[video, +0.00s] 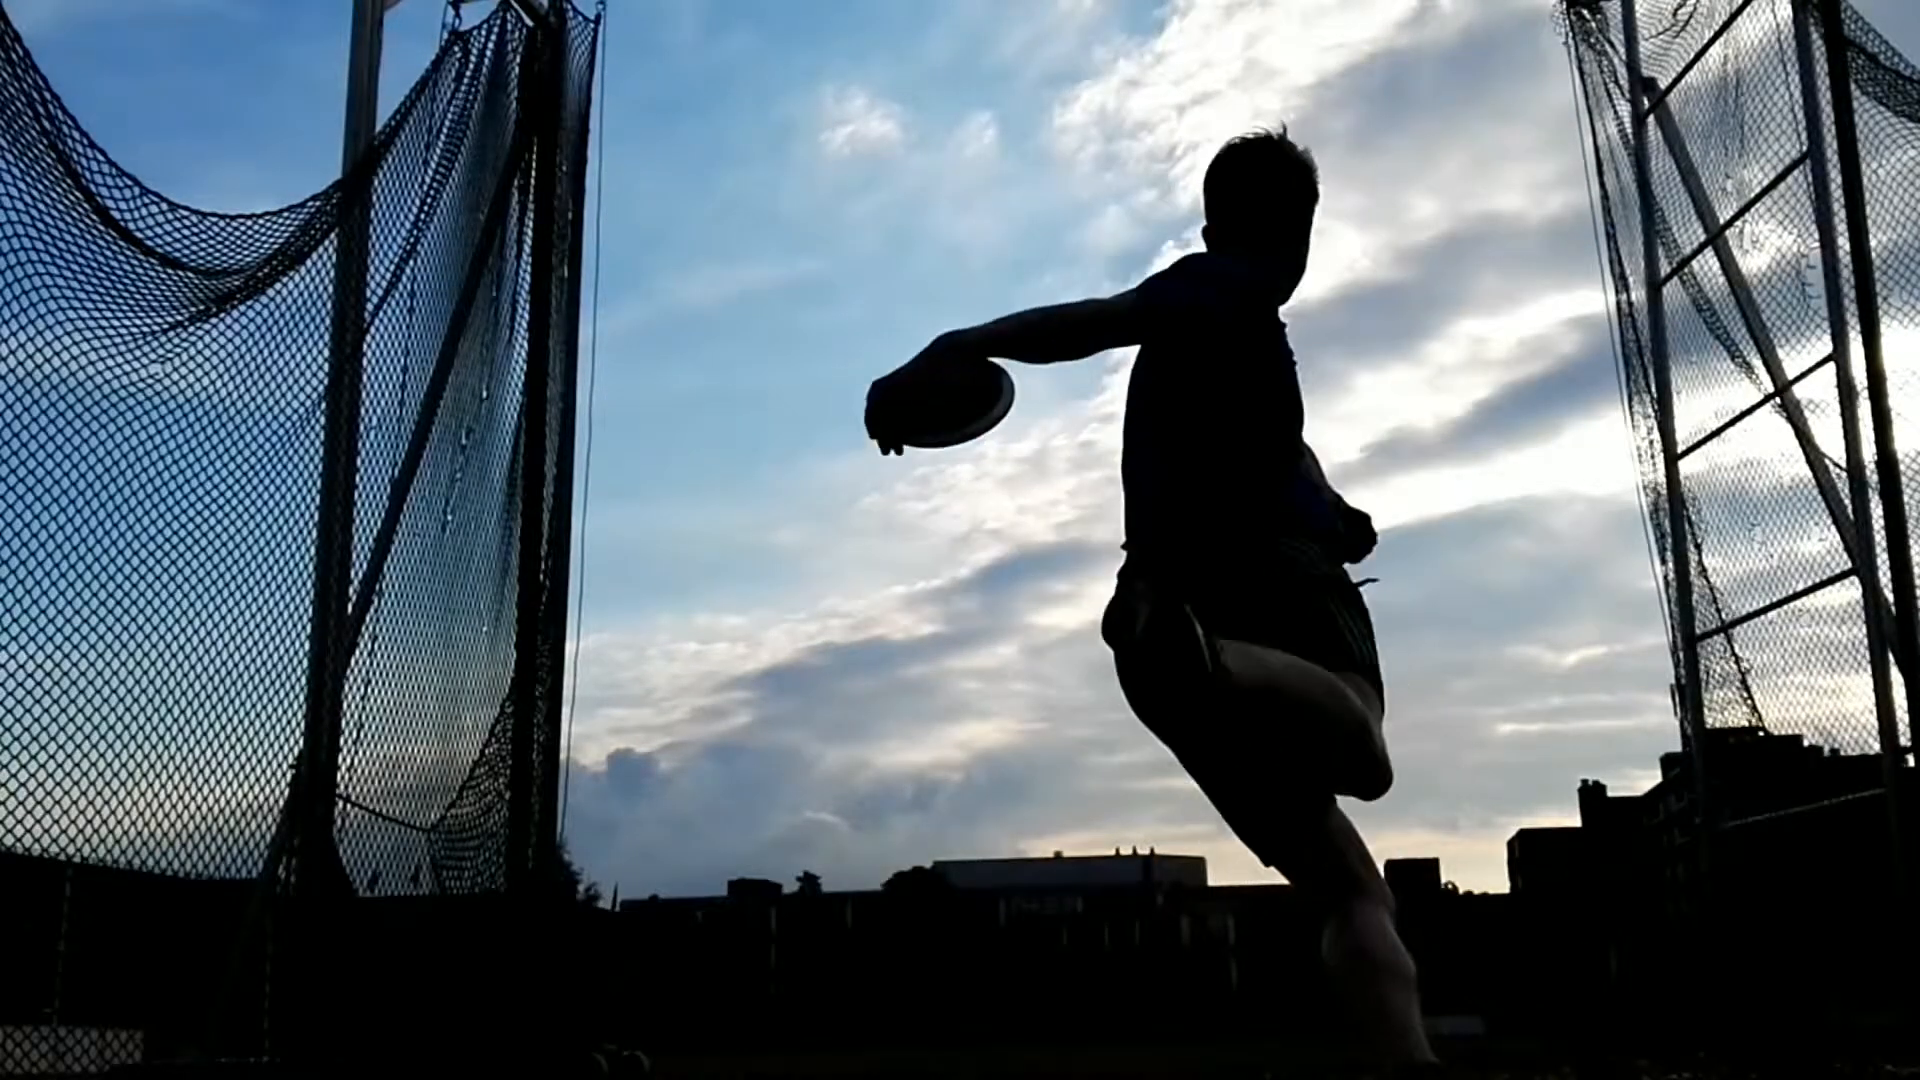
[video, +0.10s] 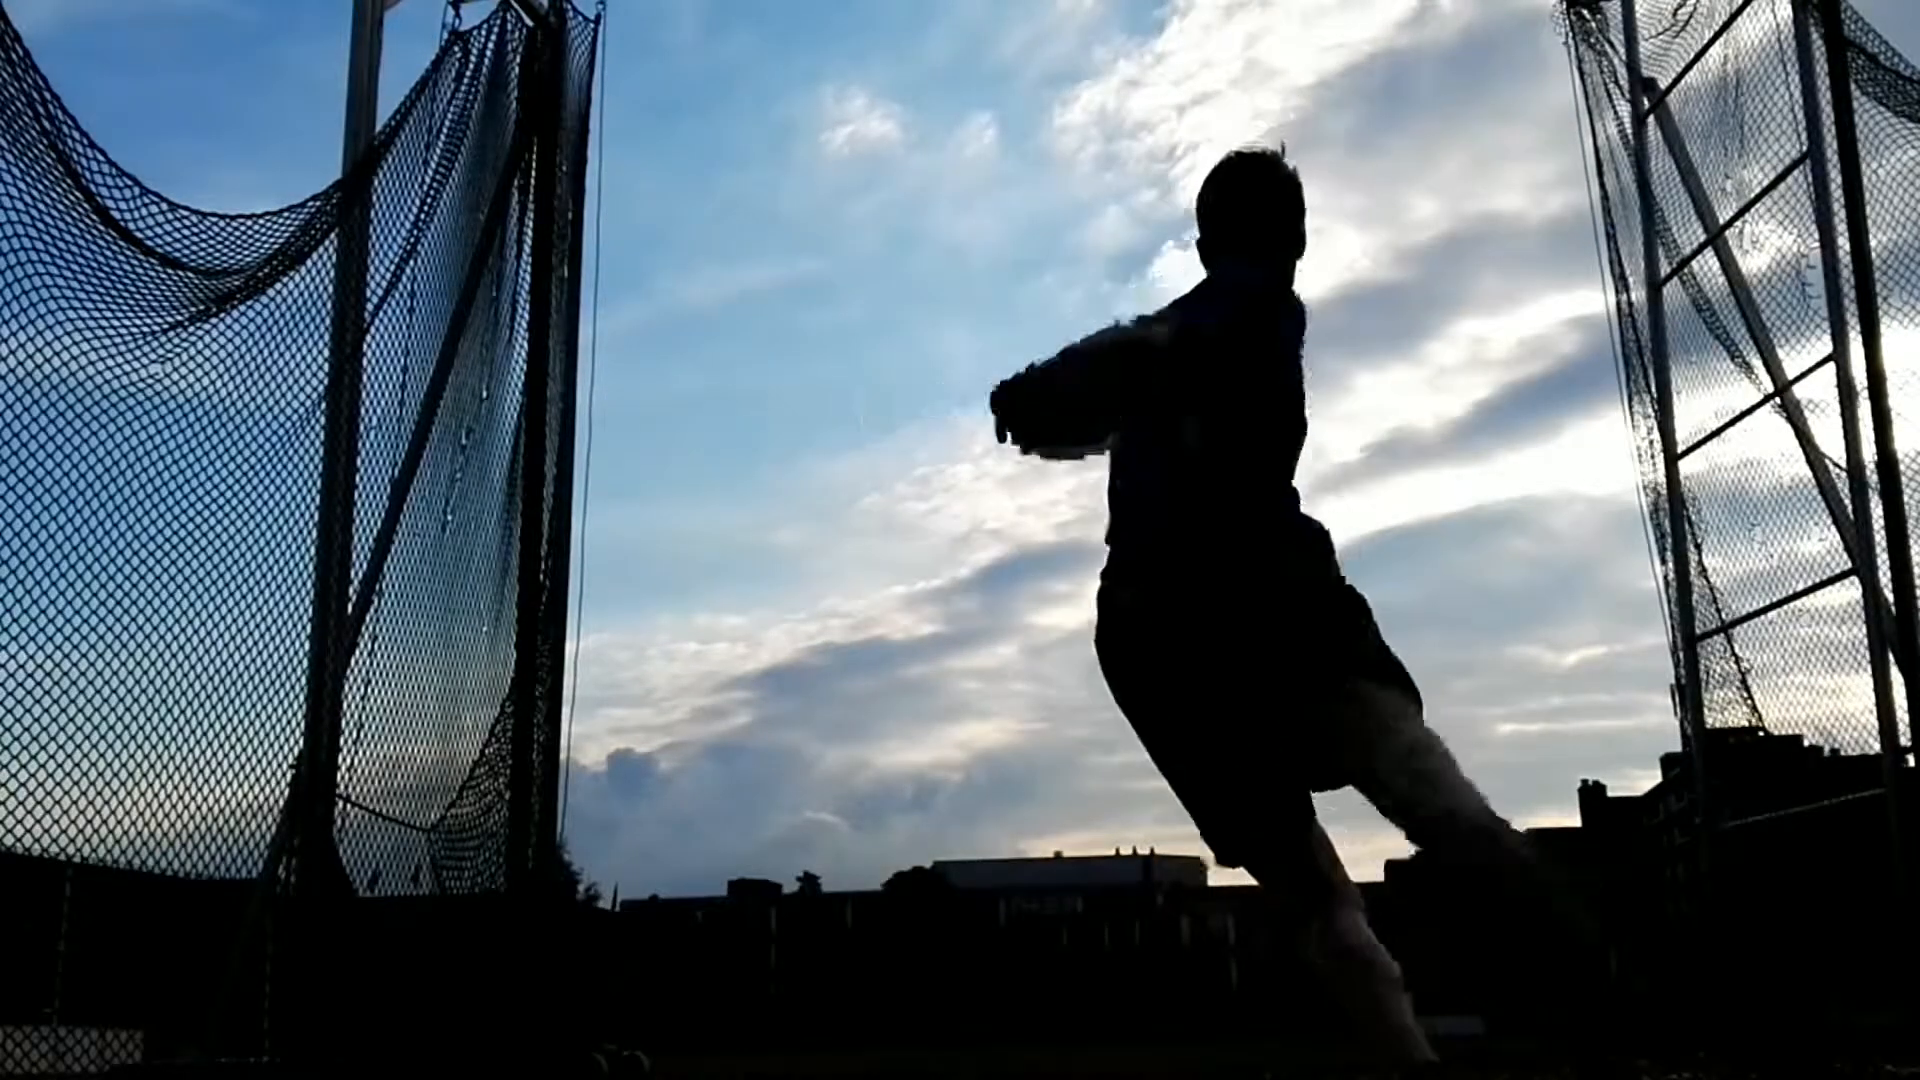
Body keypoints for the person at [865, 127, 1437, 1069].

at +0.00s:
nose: (1304, 245)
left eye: (1305, 224)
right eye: (1296, 224)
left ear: (1213, 217)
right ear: (1280, 222)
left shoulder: (1233, 332)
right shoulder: (1217, 288)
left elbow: (1273, 462)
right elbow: (1102, 322)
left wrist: (1341, 521)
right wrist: (963, 343)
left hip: (1163, 620)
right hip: (1257, 574)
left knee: (1347, 880)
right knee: (1364, 748)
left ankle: (1409, 1066)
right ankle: (1212, 658)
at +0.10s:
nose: (1291, 248)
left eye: (1286, 227)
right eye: (1286, 229)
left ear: (1201, 233)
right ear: (1289, 234)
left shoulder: (1158, 342)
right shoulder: (1261, 315)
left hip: (1142, 623)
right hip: (1261, 579)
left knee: (1308, 884)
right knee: (1441, 804)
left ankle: (1409, 1067)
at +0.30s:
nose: (1204, 265)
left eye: (1169, 250)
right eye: (1215, 244)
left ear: (1143, 260)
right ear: (1235, 253)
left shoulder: (1099, 358)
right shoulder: (1276, 341)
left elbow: (994, 407)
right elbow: (1359, 406)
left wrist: (921, 416)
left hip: (1132, 625)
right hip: (1258, 600)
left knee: (1273, 872)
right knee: (1396, 824)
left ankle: (1404, 1061)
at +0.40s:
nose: (1200, 263)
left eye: (1161, 250)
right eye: (1202, 245)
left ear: (1125, 264)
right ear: (1218, 257)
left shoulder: (1079, 357)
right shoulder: (1262, 339)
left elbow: (963, 395)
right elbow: (1343, 380)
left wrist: (875, 403)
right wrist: (1415, 408)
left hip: (1137, 629)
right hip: (1265, 602)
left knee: (1276, 873)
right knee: (1374, 833)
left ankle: (1419, 1064)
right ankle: (1479, 1032)